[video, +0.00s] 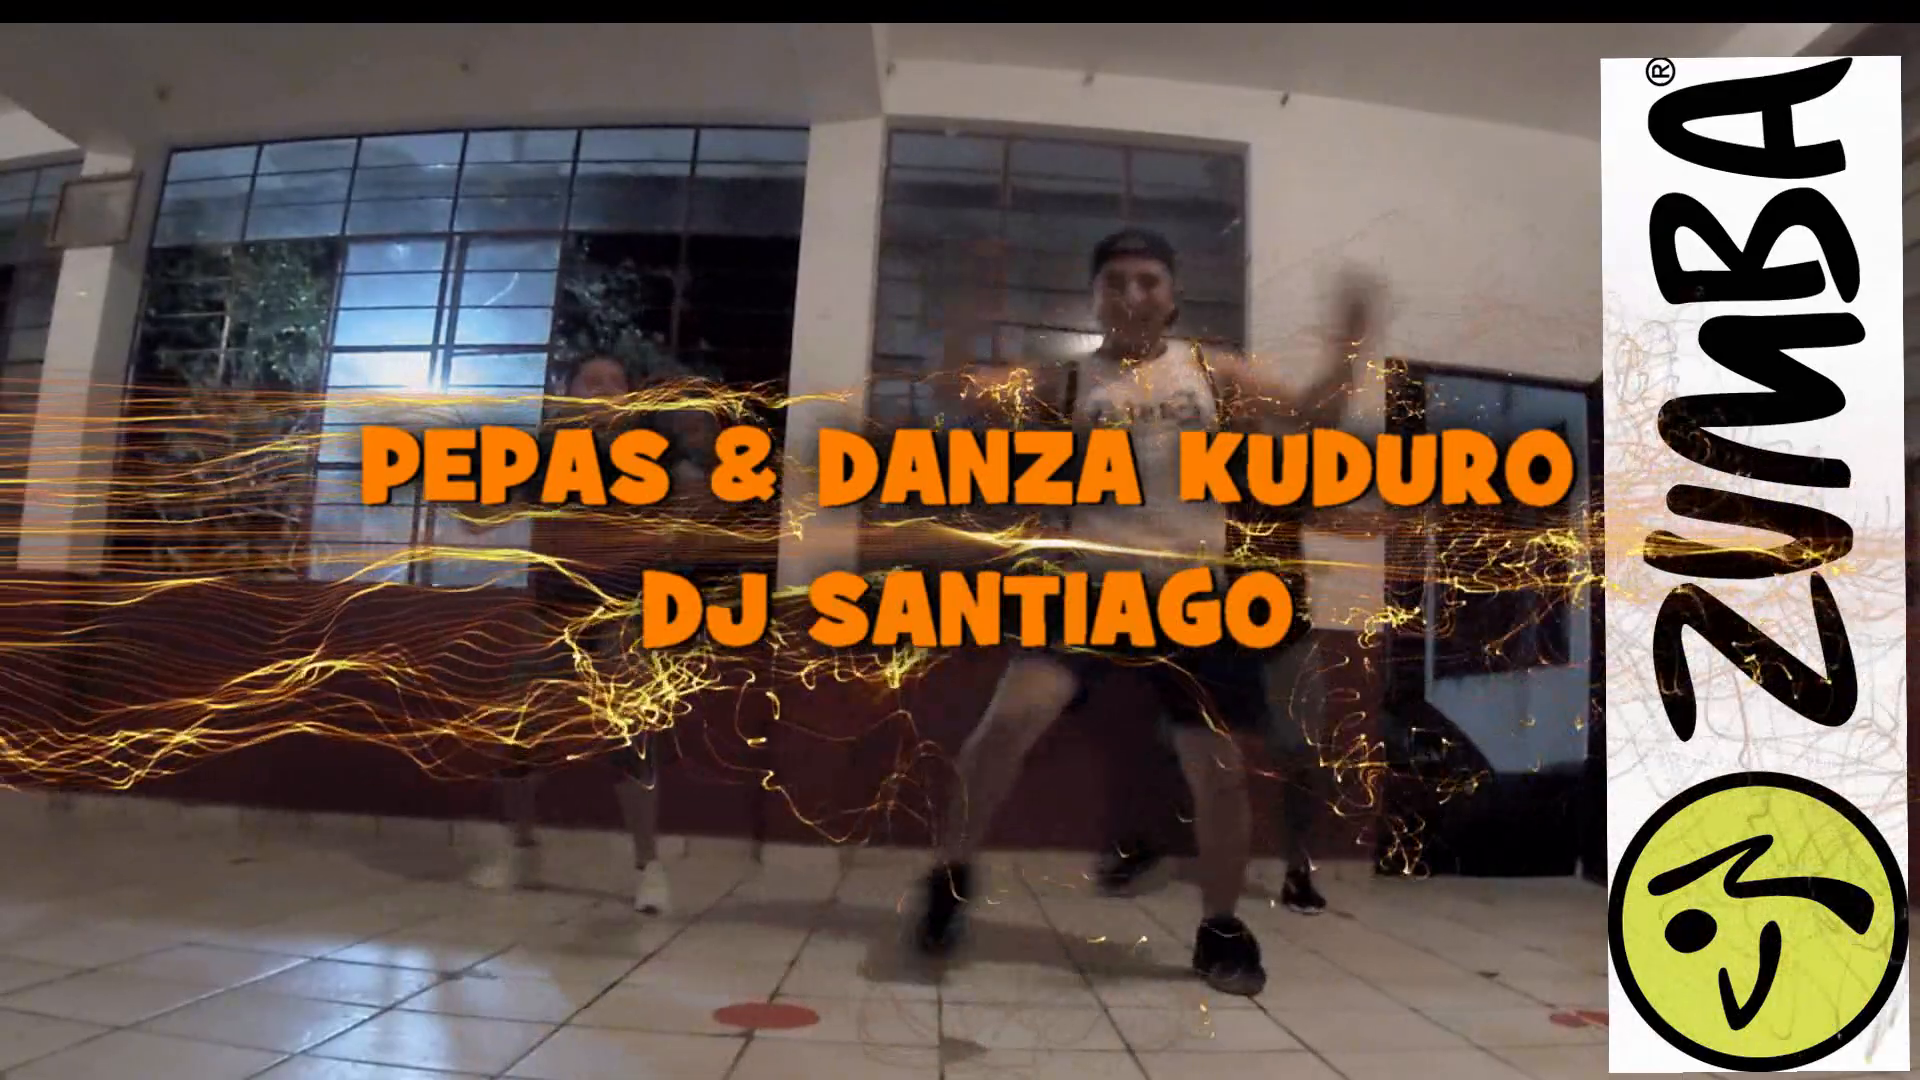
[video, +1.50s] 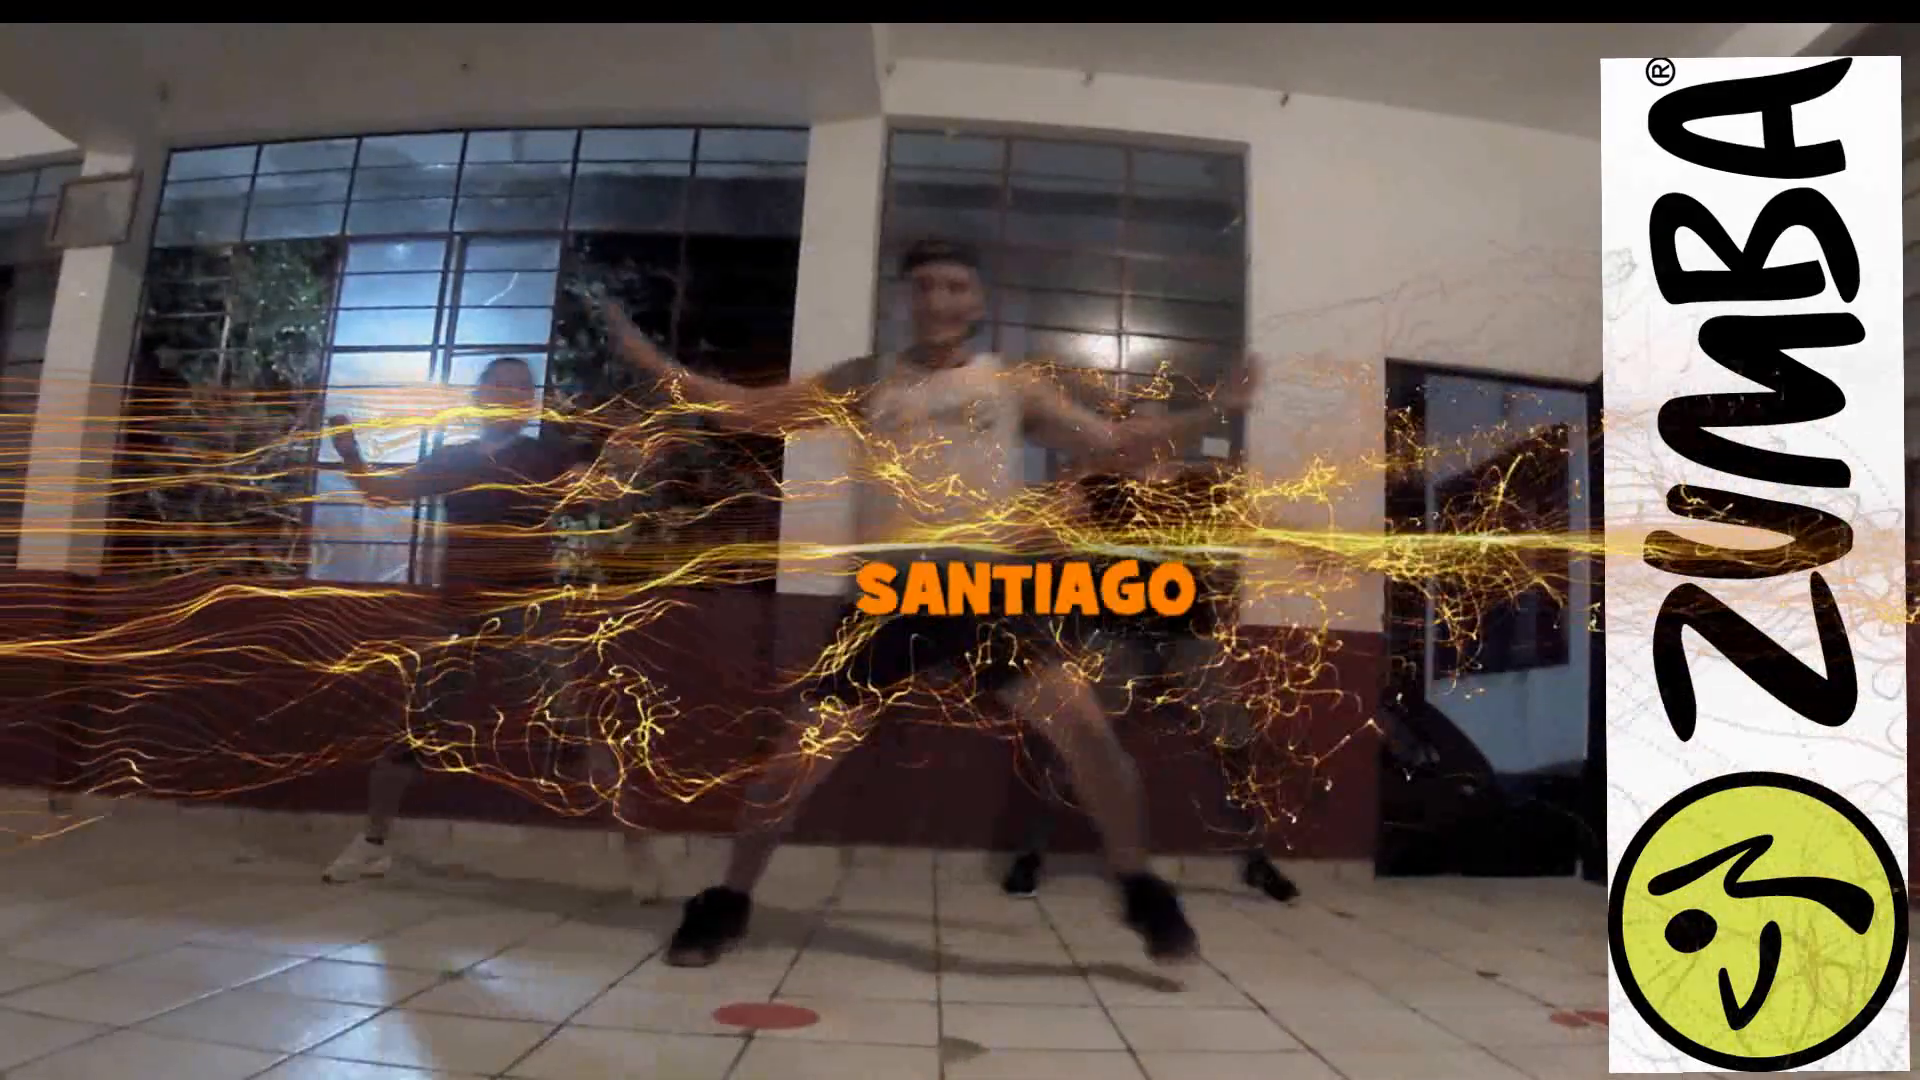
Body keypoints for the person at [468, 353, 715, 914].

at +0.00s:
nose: (601, 399)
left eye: (611, 389)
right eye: (591, 389)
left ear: (629, 396)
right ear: (572, 396)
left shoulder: (650, 455)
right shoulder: (553, 448)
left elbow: (685, 518)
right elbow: (484, 511)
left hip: (626, 612)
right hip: (554, 610)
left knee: (633, 740)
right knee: (520, 731)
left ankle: (649, 867)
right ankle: (515, 850)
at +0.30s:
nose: (606, 416)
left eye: (616, 407)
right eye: (596, 407)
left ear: (635, 412)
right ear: (577, 412)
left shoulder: (654, 465)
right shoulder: (553, 465)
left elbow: (663, 539)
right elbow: (513, 537)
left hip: (633, 626)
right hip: (565, 625)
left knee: (638, 748)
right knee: (556, 755)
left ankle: (652, 867)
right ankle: (601, 857)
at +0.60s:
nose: (527, 400)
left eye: (538, 389)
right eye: (518, 390)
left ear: (562, 395)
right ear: (505, 397)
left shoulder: (586, 454)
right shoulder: (483, 453)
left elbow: (647, 501)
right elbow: (413, 487)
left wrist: (698, 472)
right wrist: (366, 439)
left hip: (549, 613)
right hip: (474, 609)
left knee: (586, 734)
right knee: (413, 711)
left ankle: (636, 863)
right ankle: (369, 842)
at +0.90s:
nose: (455, 398)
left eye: (466, 390)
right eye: (445, 388)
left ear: (479, 400)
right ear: (424, 397)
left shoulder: (494, 464)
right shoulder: (394, 461)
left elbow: (549, 510)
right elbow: (327, 504)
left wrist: (559, 468)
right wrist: (303, 473)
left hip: (463, 605)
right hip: (399, 603)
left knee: (462, 713)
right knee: (372, 716)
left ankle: (475, 832)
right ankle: (364, 844)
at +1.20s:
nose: (434, 429)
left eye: (446, 421)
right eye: (430, 418)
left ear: (463, 423)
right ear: (417, 417)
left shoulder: (479, 470)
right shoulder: (393, 463)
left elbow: (460, 520)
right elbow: (358, 523)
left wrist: (413, 472)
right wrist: (391, 464)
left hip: (454, 616)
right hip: (394, 613)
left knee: (424, 721)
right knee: (354, 723)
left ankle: (418, 830)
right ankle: (367, 851)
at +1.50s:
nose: (507, 402)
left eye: (516, 393)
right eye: (498, 392)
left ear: (531, 399)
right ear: (479, 399)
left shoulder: (549, 454)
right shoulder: (456, 462)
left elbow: (610, 489)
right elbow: (380, 489)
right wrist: (347, 448)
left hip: (533, 603)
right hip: (463, 603)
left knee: (569, 715)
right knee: (416, 718)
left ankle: (631, 840)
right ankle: (372, 840)